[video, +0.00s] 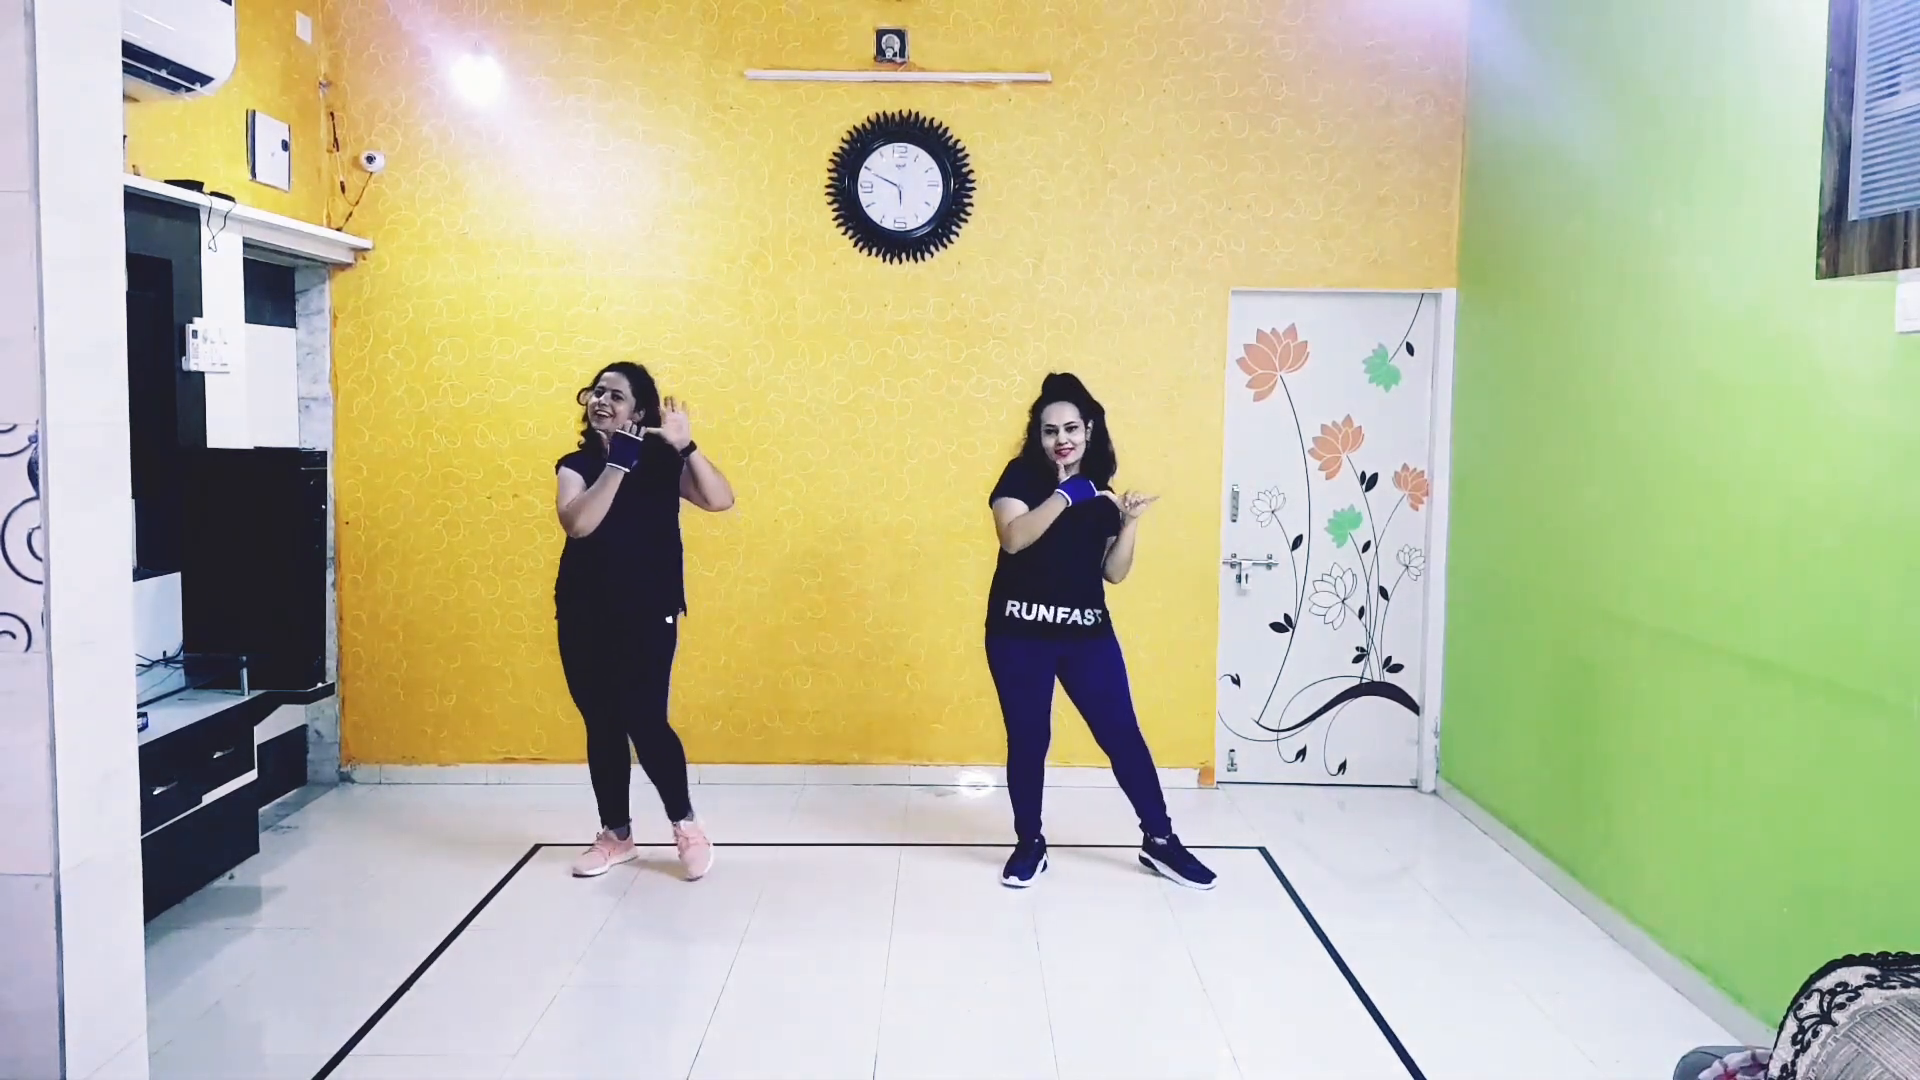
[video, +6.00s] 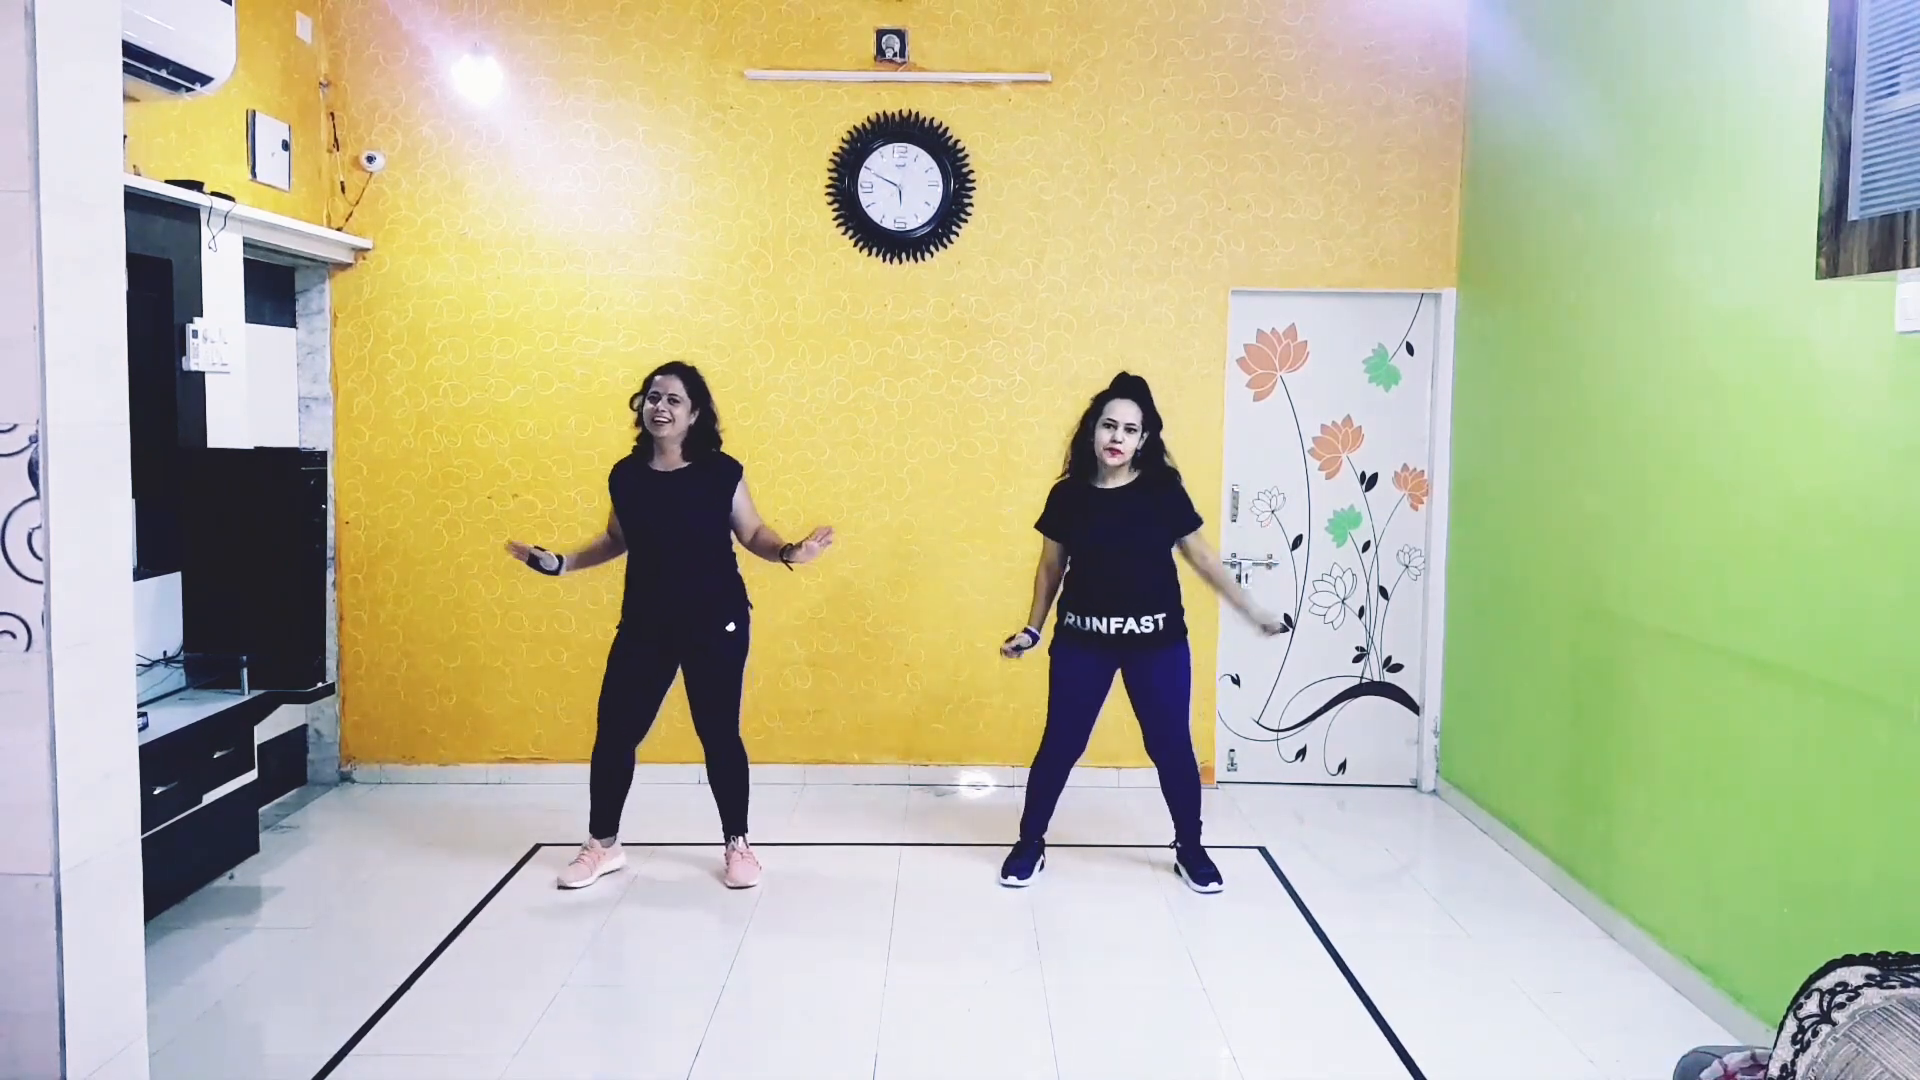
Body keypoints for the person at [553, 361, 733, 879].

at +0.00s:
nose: (601, 401)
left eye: (615, 395)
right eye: (597, 393)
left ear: (642, 411)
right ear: (588, 404)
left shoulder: (663, 460)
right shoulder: (577, 463)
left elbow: (719, 501)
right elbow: (578, 523)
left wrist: (687, 448)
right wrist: (618, 461)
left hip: (650, 610)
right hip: (586, 612)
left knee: (646, 720)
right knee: (602, 725)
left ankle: (685, 825)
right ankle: (615, 834)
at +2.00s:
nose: (642, 394)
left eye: (657, 390)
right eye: (639, 386)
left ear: (680, 412)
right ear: (628, 399)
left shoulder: (708, 463)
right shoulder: (612, 466)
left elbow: (733, 530)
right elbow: (596, 525)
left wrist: (754, 597)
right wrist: (614, 448)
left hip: (700, 618)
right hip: (631, 617)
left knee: (701, 728)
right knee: (594, 724)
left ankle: (710, 836)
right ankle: (596, 830)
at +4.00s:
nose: (610, 404)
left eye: (623, 399)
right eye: (602, 394)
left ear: (636, 413)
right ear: (581, 402)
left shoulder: (655, 471)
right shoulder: (555, 471)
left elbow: (672, 534)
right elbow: (536, 533)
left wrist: (683, 525)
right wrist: (490, 534)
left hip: (633, 625)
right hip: (565, 624)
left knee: (643, 732)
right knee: (570, 734)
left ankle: (670, 838)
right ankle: (574, 843)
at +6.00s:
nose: (657, 405)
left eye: (671, 399)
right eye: (652, 397)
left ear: (696, 413)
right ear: (642, 408)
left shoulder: (723, 474)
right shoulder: (627, 475)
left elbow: (754, 532)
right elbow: (617, 538)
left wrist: (788, 551)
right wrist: (562, 562)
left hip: (715, 623)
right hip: (647, 623)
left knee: (719, 733)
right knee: (614, 731)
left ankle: (737, 845)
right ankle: (602, 845)